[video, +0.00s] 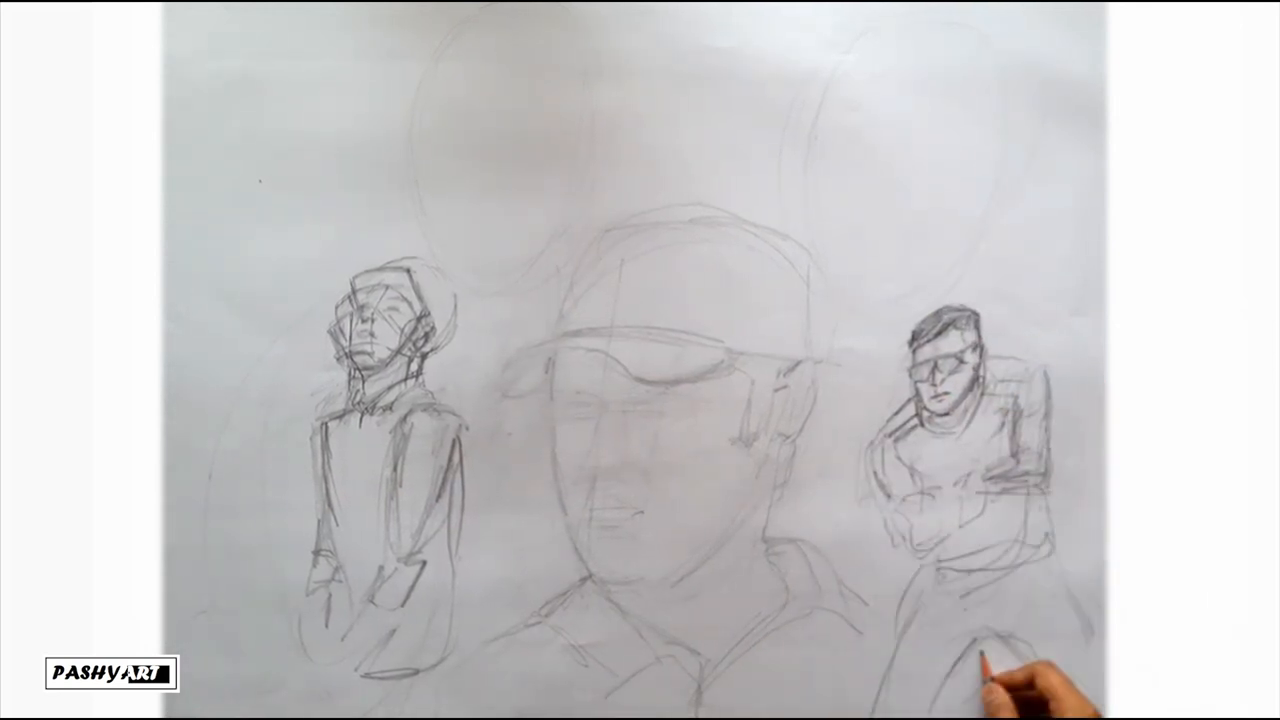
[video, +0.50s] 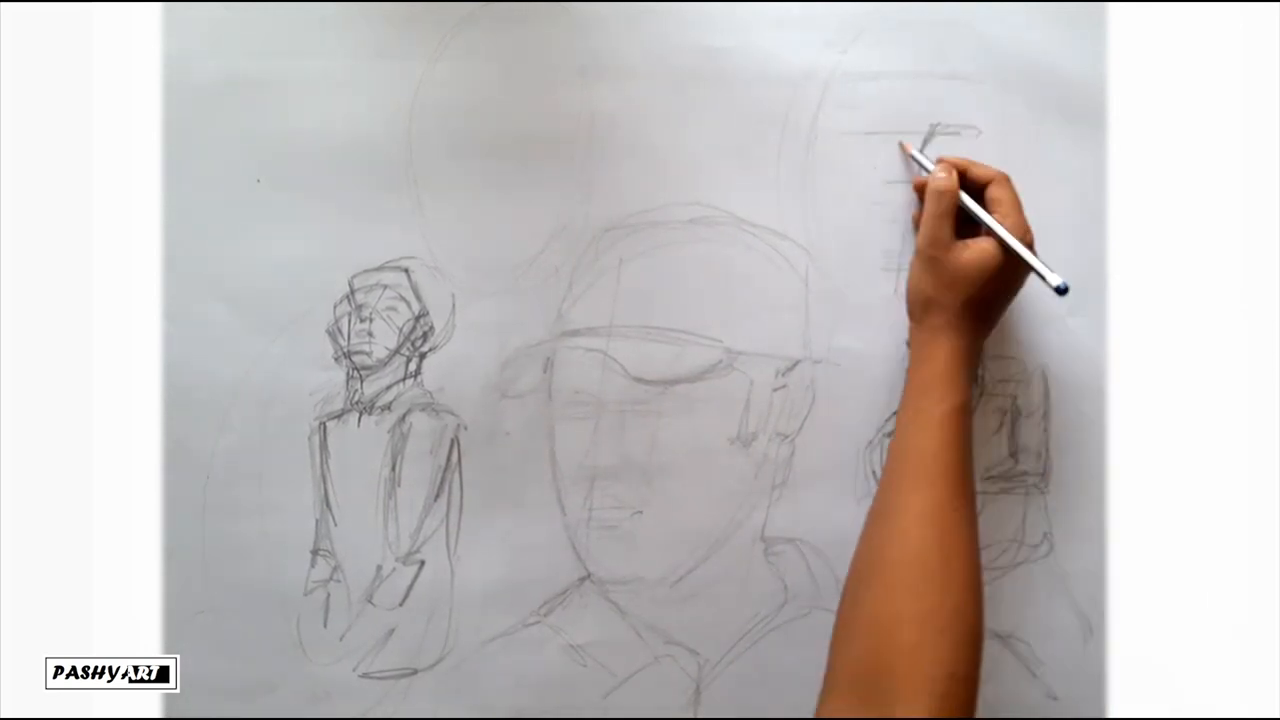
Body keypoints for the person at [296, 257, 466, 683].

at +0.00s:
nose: (367, 323)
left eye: (390, 311)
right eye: (359, 310)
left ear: (422, 333)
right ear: (343, 326)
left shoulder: (432, 427)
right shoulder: (327, 426)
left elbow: (427, 560)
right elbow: (327, 542)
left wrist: (352, 655)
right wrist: (318, 637)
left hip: (410, 629)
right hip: (340, 628)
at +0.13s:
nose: (367, 322)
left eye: (390, 311)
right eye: (359, 310)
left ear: (421, 333)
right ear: (343, 326)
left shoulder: (431, 425)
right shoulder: (327, 423)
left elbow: (423, 560)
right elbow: (326, 542)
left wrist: (353, 652)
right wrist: (318, 635)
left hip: (412, 623)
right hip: (341, 623)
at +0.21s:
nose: (368, 324)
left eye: (390, 313)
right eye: (360, 311)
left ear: (422, 333)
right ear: (343, 326)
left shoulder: (430, 426)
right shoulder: (327, 426)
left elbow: (424, 560)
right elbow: (327, 541)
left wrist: (350, 656)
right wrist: (317, 632)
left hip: (409, 628)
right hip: (340, 629)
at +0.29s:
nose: (368, 324)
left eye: (390, 313)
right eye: (360, 312)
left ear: (420, 333)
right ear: (344, 325)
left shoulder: (429, 425)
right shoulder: (328, 425)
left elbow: (421, 560)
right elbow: (326, 544)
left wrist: (347, 659)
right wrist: (316, 637)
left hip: (408, 629)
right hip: (341, 630)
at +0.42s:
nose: (366, 320)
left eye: (389, 309)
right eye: (358, 307)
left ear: (419, 332)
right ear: (341, 324)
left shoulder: (430, 424)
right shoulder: (327, 423)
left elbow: (418, 558)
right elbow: (324, 546)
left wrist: (347, 656)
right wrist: (318, 638)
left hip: (411, 620)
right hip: (340, 624)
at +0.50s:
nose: (366, 323)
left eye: (388, 311)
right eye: (358, 310)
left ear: (418, 332)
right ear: (342, 325)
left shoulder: (430, 424)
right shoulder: (326, 421)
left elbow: (417, 557)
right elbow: (324, 545)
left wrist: (347, 656)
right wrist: (320, 636)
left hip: (411, 617)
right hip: (339, 621)